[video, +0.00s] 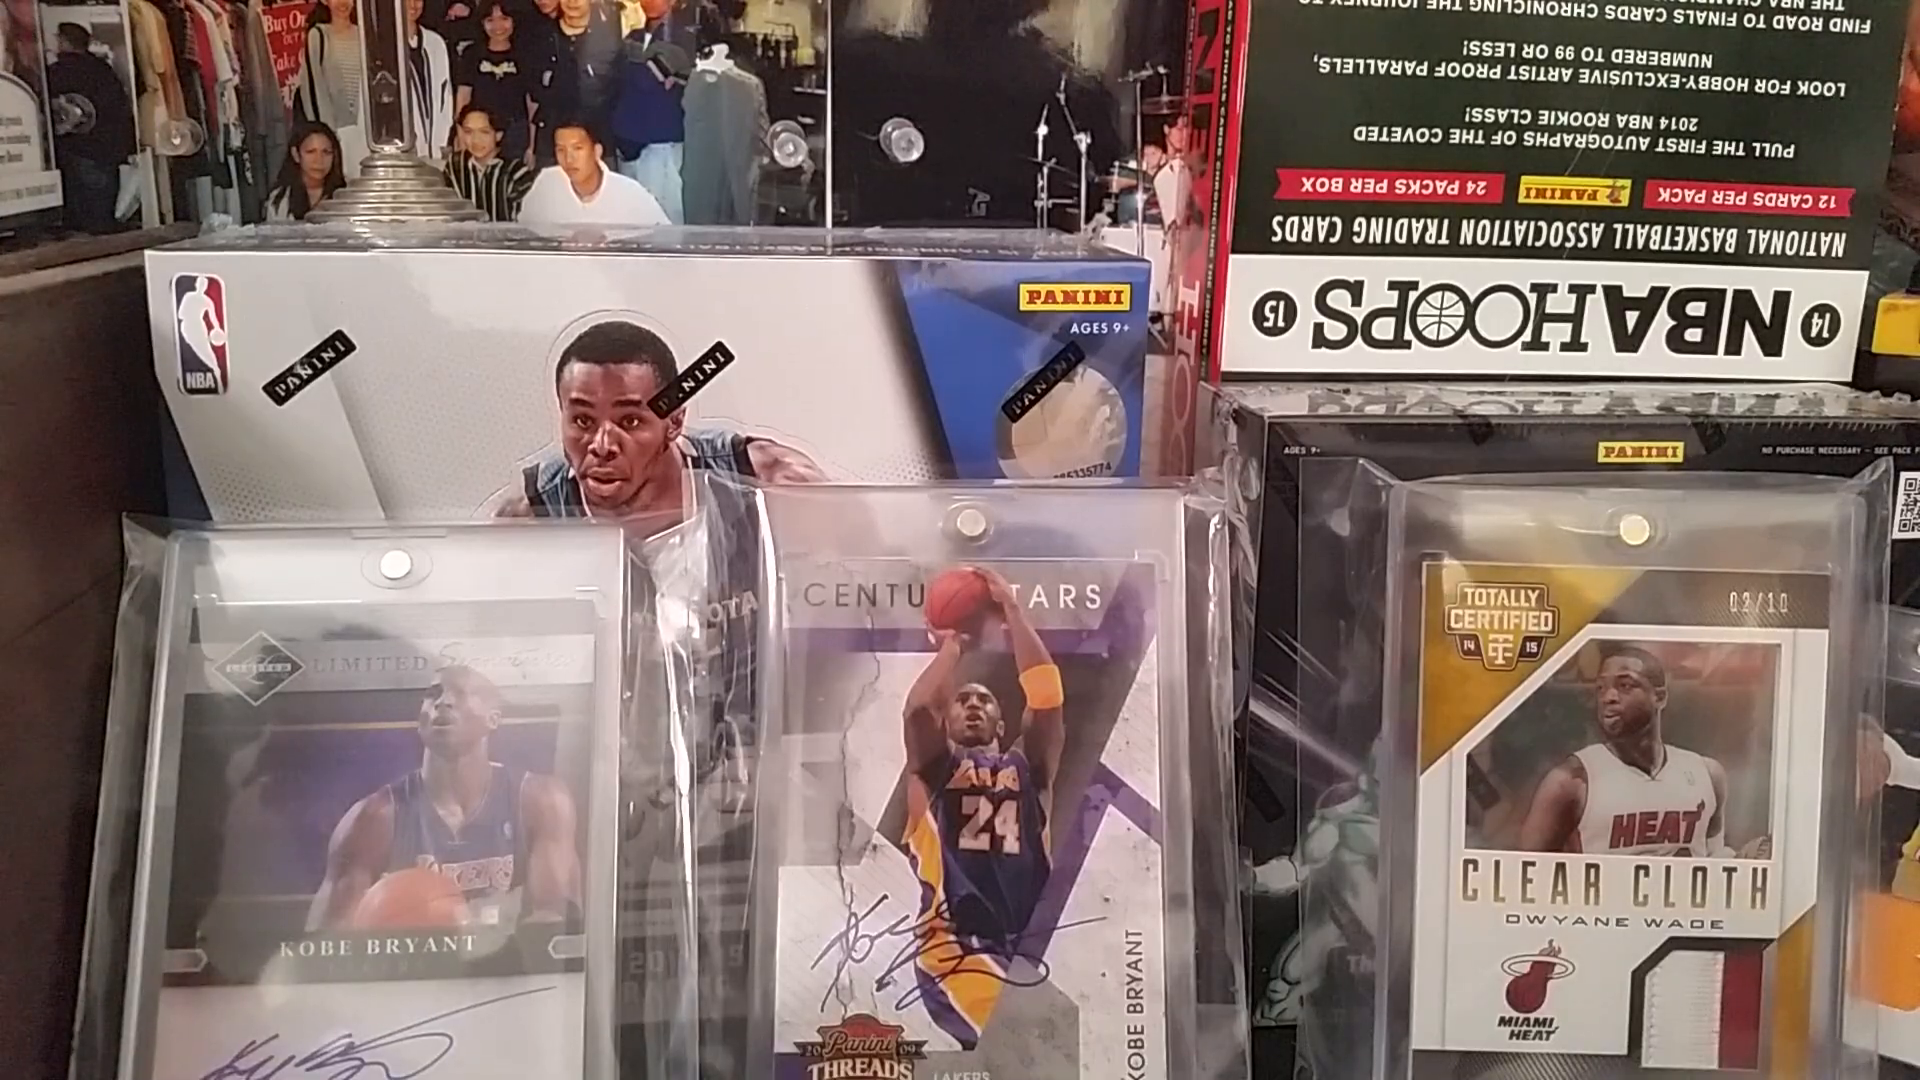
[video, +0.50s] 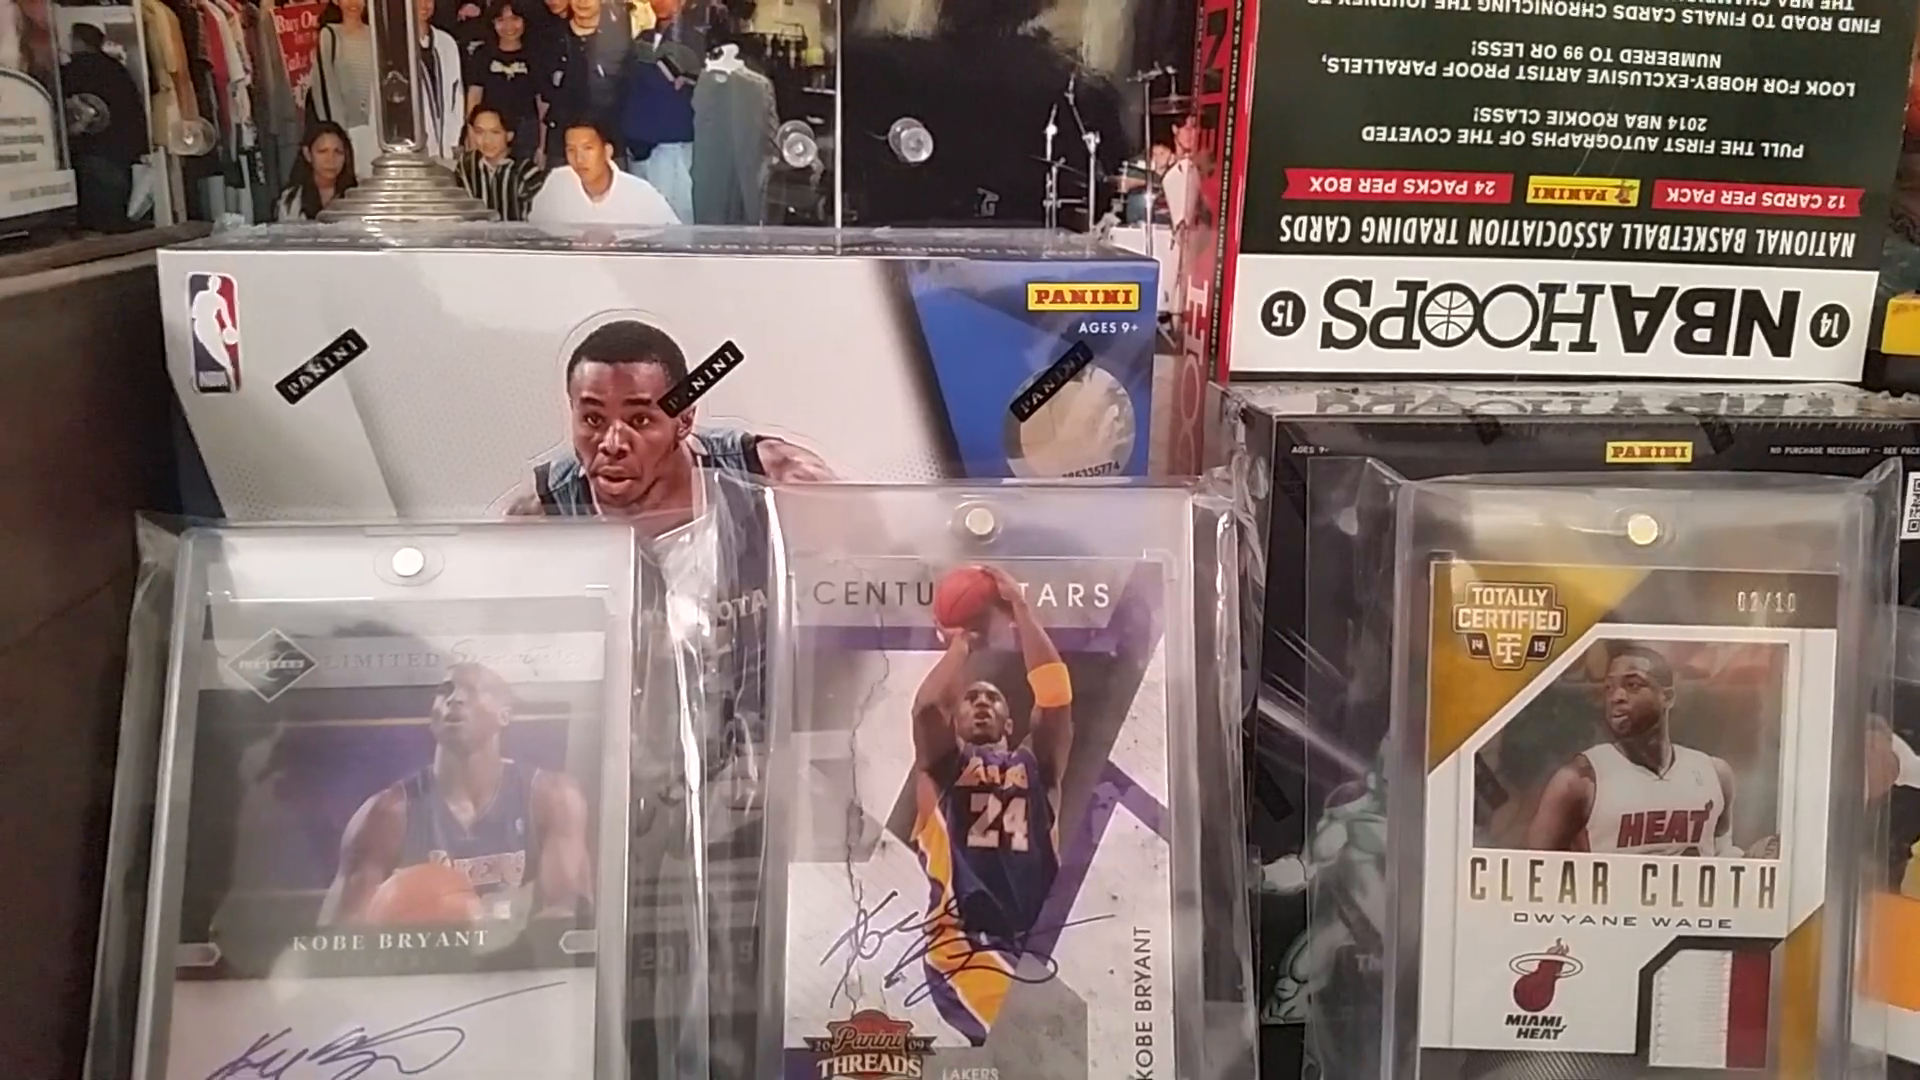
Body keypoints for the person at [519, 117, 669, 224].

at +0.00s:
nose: (569, 159)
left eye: (578, 149)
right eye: (561, 151)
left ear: (597, 151)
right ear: (555, 154)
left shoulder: (629, 192)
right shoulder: (547, 183)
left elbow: (668, 240)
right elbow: (521, 233)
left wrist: (609, 243)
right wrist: (564, 244)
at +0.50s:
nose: (579, 160)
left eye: (588, 149)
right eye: (571, 151)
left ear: (607, 151)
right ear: (565, 154)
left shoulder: (640, 192)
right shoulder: (557, 182)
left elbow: (678, 240)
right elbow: (532, 231)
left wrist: (619, 243)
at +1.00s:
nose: (573, 159)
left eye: (583, 149)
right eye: (567, 151)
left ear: (602, 153)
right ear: (561, 156)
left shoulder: (633, 193)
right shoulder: (553, 183)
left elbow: (669, 239)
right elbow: (528, 232)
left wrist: (614, 244)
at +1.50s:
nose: (462, 154)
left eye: (471, 144)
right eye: (455, 146)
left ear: (490, 147)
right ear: (449, 150)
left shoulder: (522, 186)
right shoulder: (442, 177)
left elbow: (559, 233)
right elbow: (418, 226)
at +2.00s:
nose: (459, 154)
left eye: (467, 144)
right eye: (451, 146)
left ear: (485, 146)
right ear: (446, 151)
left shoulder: (516, 185)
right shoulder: (438, 176)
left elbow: (553, 231)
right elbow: (414, 225)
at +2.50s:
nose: (496, 153)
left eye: (504, 144)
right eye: (489, 146)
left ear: (522, 146)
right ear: (484, 150)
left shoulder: (554, 184)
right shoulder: (476, 175)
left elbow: (590, 229)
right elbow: (452, 223)